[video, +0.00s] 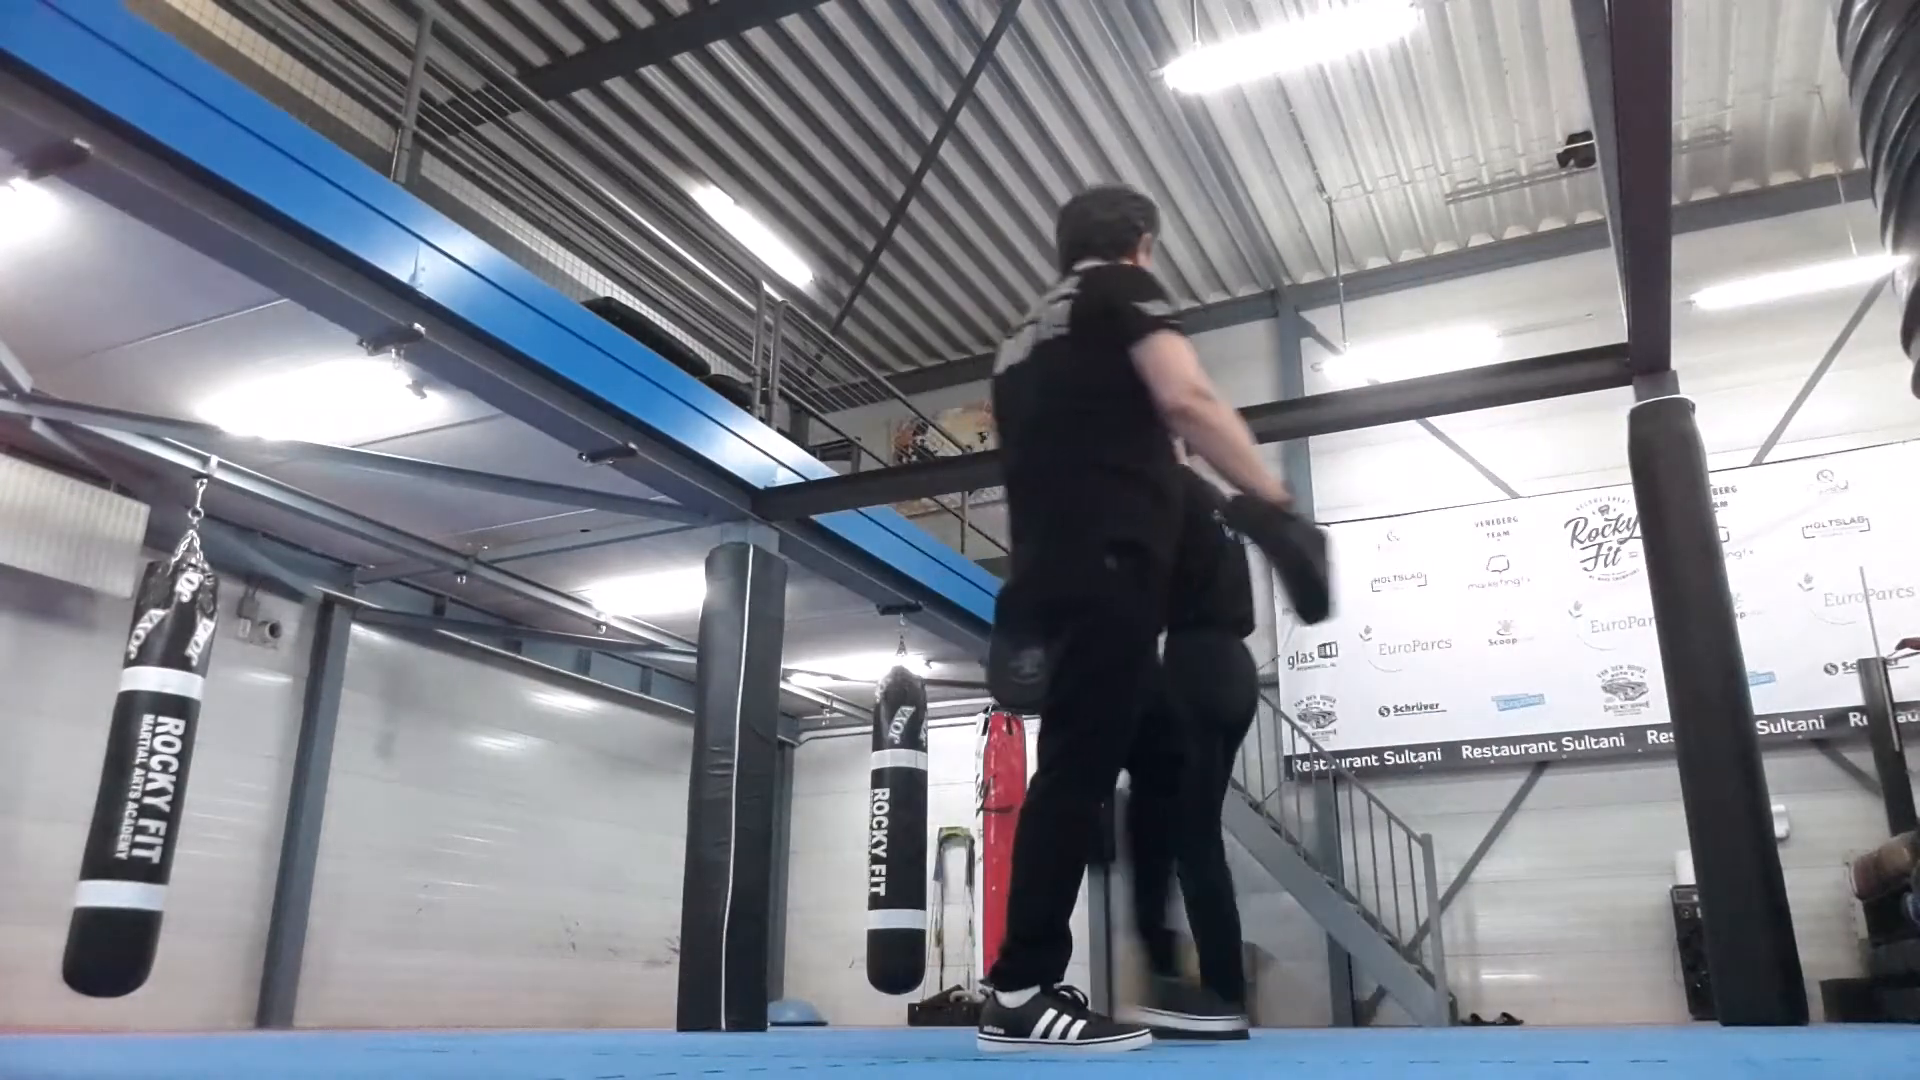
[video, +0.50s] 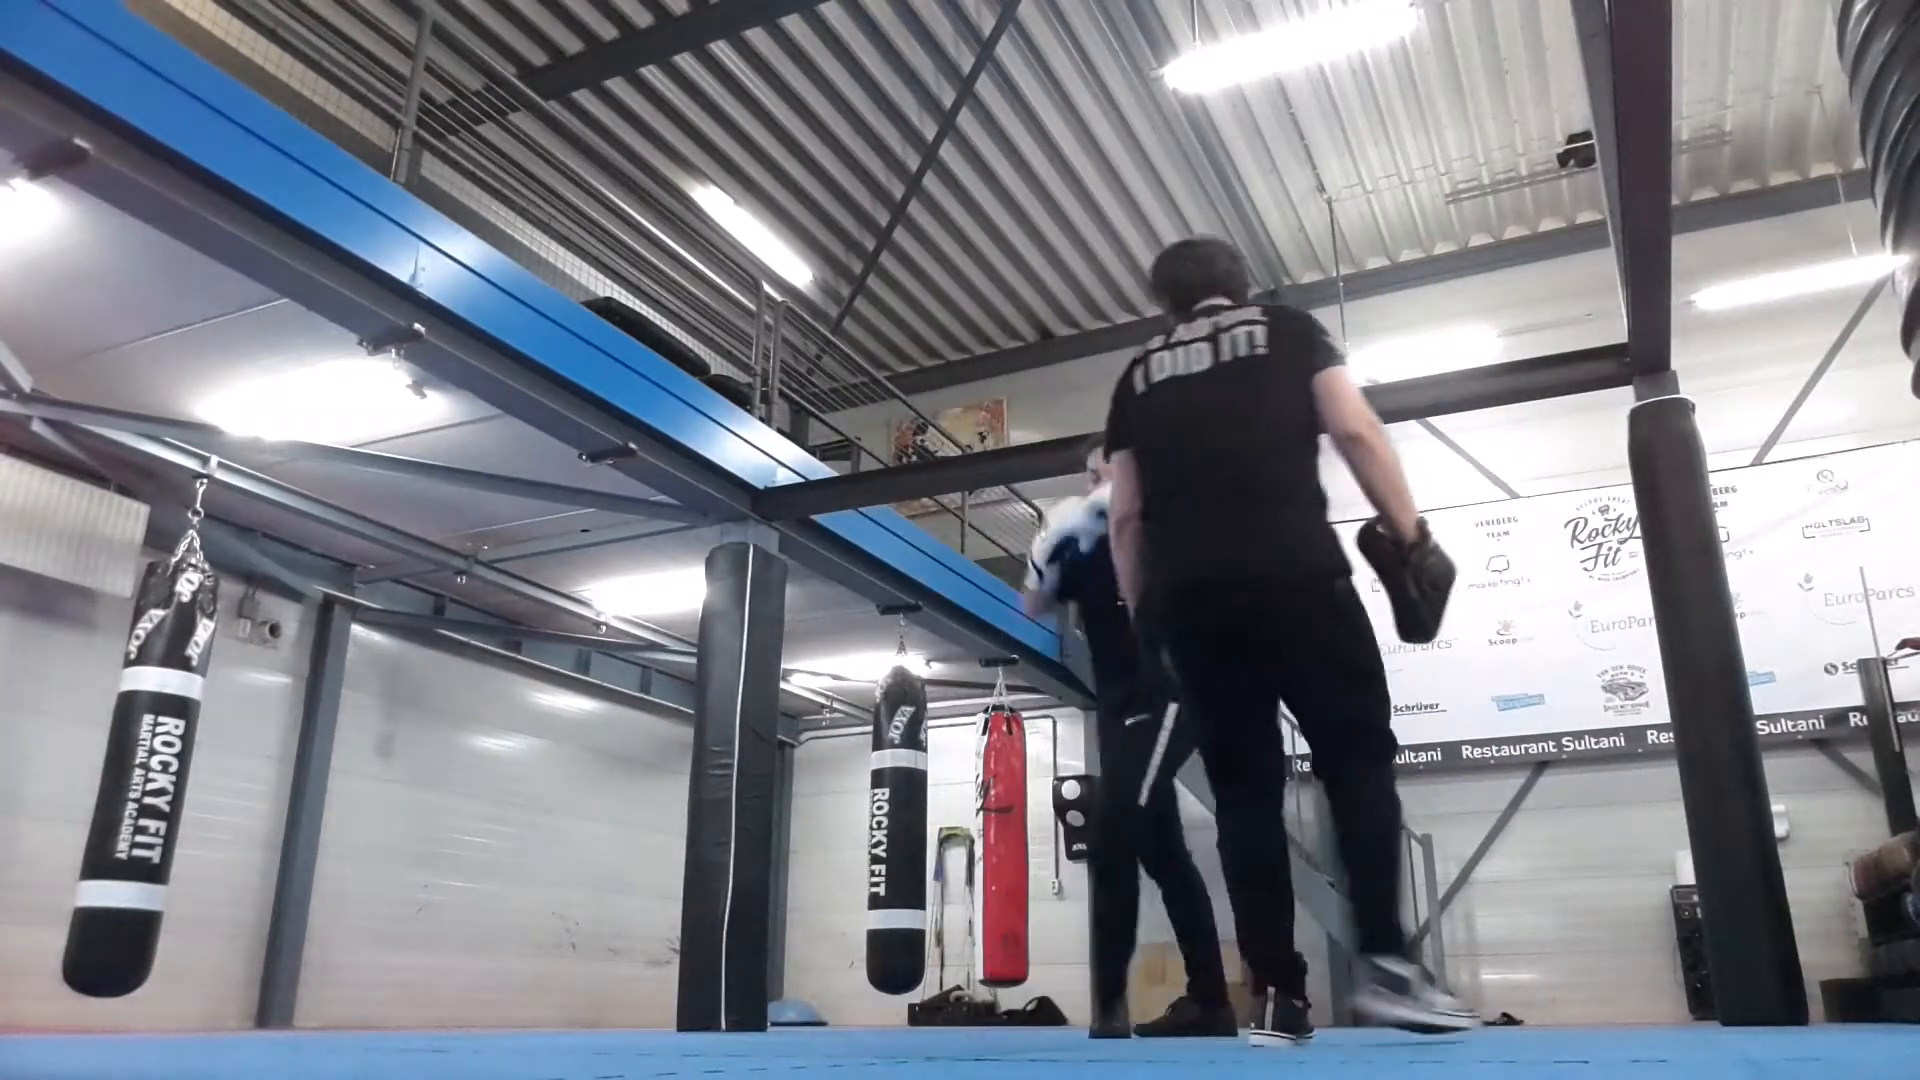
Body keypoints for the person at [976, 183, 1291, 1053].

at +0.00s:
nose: (1157, 264)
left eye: (1154, 251)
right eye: (1155, 250)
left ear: (1068, 251)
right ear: (1134, 247)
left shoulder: (1017, 345)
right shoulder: (1120, 295)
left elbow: (1046, 463)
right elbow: (1190, 403)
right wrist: (1273, 502)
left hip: (1046, 579)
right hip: (1111, 580)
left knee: (1163, 755)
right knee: (1070, 779)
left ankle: (1164, 958)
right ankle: (1022, 989)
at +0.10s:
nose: (1184, 272)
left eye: (1179, 260)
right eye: (1181, 259)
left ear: (1091, 268)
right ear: (1164, 258)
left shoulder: (1045, 359)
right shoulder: (1157, 303)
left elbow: (1048, 492)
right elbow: (1234, 419)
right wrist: (1317, 511)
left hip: (1088, 600)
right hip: (1164, 595)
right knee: (1098, 789)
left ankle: (1241, 983)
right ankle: (1024, 983)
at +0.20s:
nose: (1206, 290)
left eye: (1201, 280)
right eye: (1202, 279)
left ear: (1114, 288)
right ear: (1187, 277)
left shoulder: (1072, 372)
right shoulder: (1192, 318)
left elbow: (1068, 517)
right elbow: (1270, 434)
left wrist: (1071, 626)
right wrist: (1352, 539)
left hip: (1124, 599)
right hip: (1200, 584)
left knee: (1230, 782)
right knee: (1187, 786)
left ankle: (1277, 997)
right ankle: (1056, 957)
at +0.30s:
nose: (1215, 295)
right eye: (1210, 285)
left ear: (1126, 305)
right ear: (1204, 287)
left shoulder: (1094, 387)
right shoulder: (1228, 327)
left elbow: (1096, 535)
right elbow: (1300, 444)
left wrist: (1104, 645)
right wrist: (1370, 549)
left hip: (1147, 614)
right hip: (1241, 596)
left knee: (1236, 798)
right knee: (1305, 780)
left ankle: (1279, 993)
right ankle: (1145, 893)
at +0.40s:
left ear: (1142, 309)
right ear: (1222, 289)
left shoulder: (1114, 386)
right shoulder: (1260, 329)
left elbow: (1110, 526)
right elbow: (1326, 433)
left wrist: (1132, 634)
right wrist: (1391, 544)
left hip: (1172, 614)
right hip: (1272, 590)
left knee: (1239, 790)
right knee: (1352, 755)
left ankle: (1284, 999)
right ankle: (1267, 902)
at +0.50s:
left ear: (1163, 305)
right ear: (1239, 285)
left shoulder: (1133, 376)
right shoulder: (1286, 328)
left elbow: (1125, 514)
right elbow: (1356, 430)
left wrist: (1143, 616)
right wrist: (1413, 538)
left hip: (1187, 603)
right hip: (1296, 585)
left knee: (1244, 791)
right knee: (1359, 762)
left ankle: (1280, 998)